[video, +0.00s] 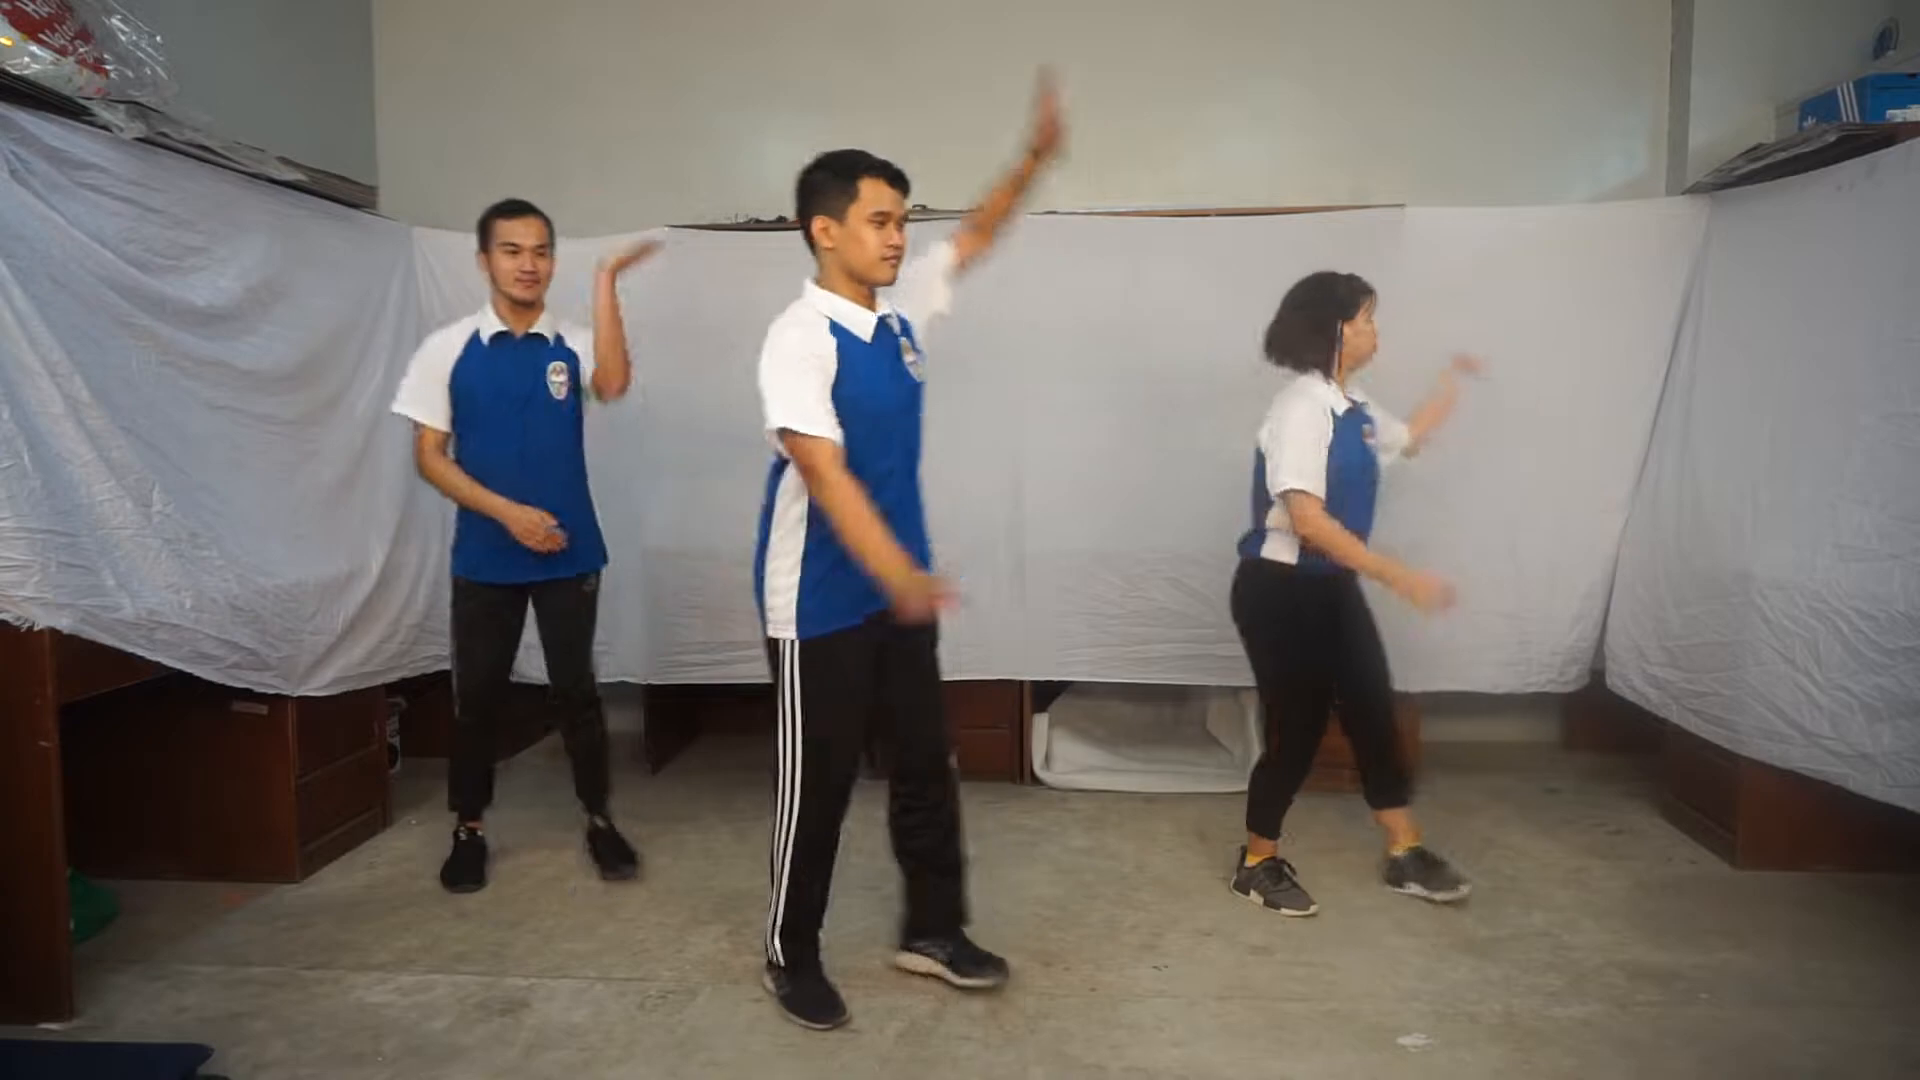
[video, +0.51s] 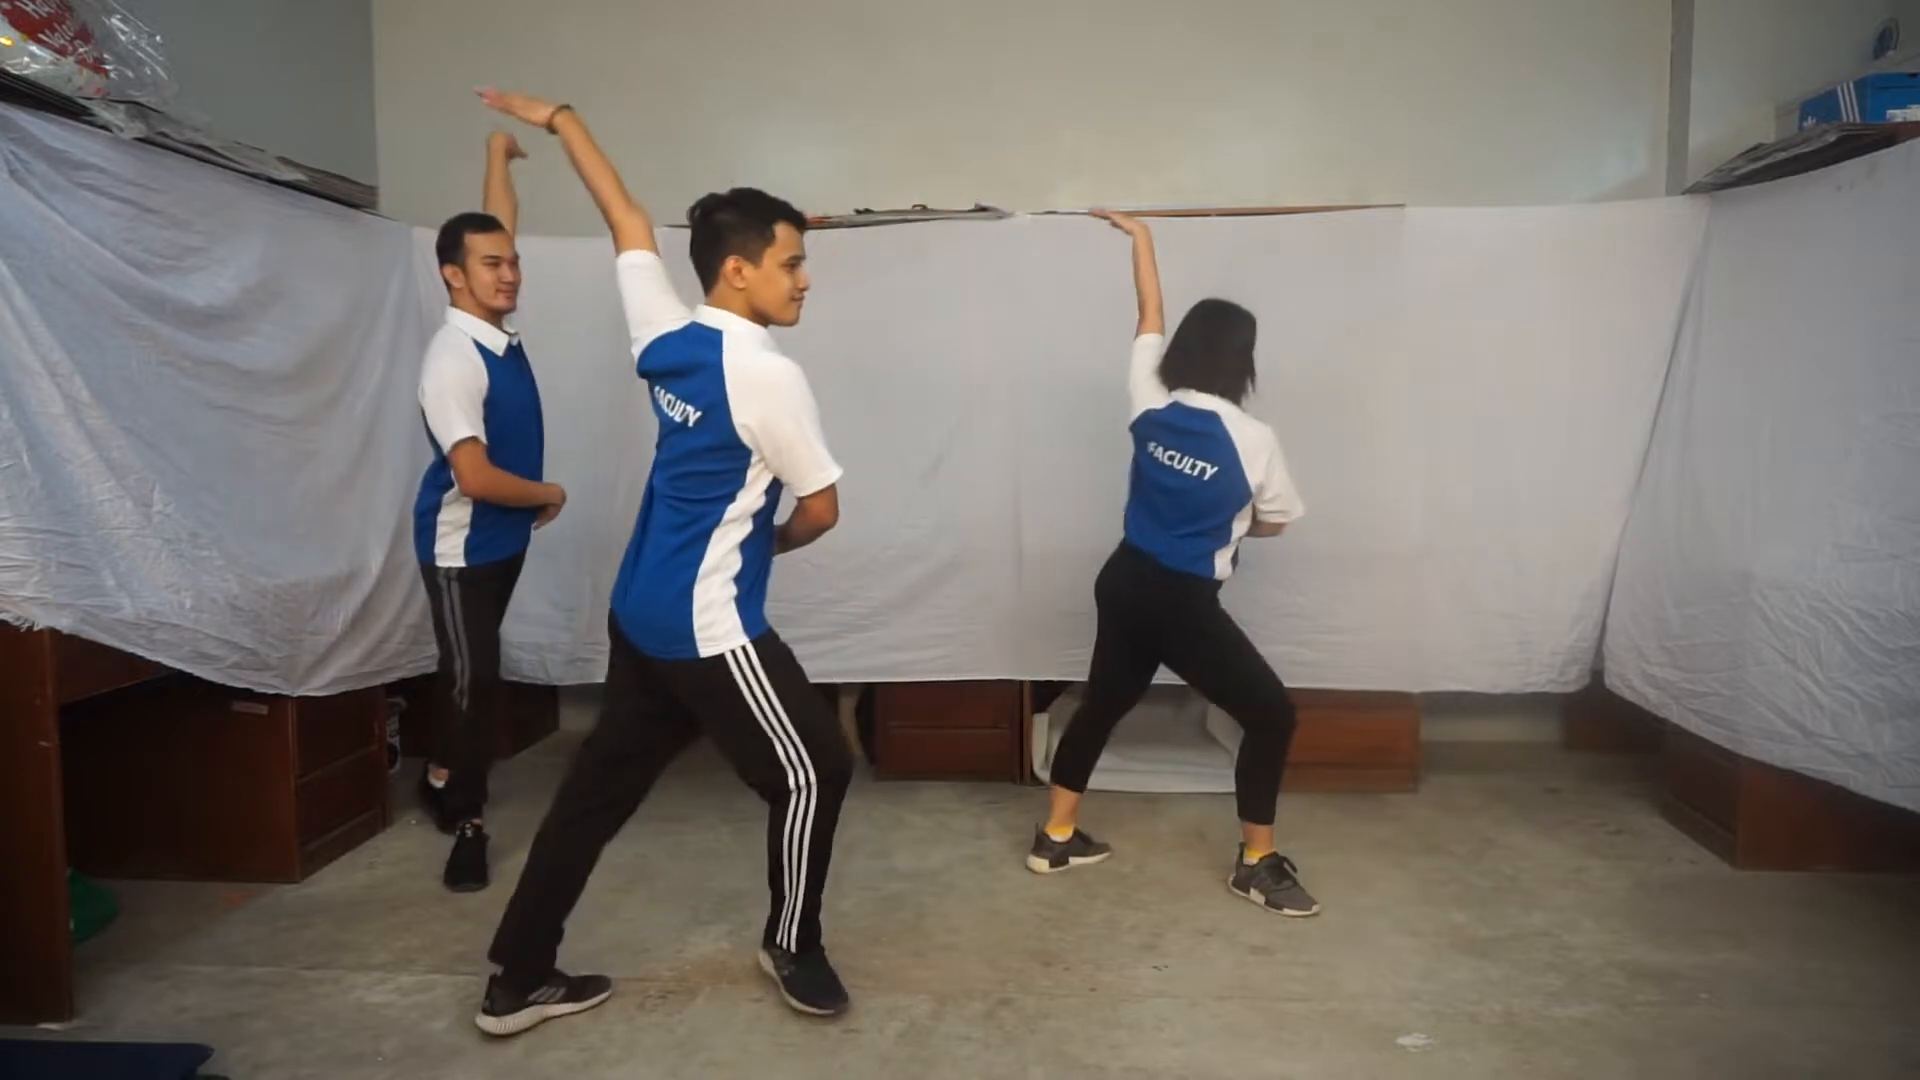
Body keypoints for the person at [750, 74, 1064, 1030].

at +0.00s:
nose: (897, 235)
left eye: (898, 220)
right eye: (879, 220)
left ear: (896, 232)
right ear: (823, 230)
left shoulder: (902, 306)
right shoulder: (798, 340)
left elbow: (974, 234)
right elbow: (826, 476)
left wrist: (1036, 156)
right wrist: (900, 577)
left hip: (899, 584)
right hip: (821, 596)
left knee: (923, 765)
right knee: (818, 781)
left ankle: (934, 933)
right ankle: (793, 954)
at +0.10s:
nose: (872, 237)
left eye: (869, 220)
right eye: (855, 223)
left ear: (814, 229)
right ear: (801, 234)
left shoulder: (818, 298)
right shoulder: (798, 335)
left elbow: (847, 191)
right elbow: (863, 473)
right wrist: (972, 562)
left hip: (841, 581)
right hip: (791, 597)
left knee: (875, 744)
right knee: (805, 779)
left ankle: (793, 891)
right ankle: (792, 951)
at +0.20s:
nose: (853, 240)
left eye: (852, 223)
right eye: (840, 224)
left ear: (777, 234)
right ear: (781, 234)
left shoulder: (749, 303)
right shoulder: (799, 335)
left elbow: (757, 199)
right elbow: (862, 472)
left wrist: (750, 89)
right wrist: (920, 542)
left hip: (759, 579)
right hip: (789, 593)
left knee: (784, 756)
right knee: (814, 774)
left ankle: (666, 895)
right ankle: (795, 956)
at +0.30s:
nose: (833, 246)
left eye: (831, 229)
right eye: (819, 230)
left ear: (755, 241)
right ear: (764, 240)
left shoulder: (708, 306)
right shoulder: (796, 344)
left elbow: (683, 203)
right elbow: (853, 488)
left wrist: (640, 110)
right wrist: (831, 538)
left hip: (709, 579)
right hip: (770, 595)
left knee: (696, 757)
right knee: (809, 778)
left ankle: (565, 925)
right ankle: (795, 956)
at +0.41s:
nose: (816, 266)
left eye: (814, 249)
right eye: (802, 250)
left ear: (737, 261)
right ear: (744, 260)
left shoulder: (679, 325)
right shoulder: (784, 365)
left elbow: (639, 218)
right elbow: (834, 504)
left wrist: (572, 120)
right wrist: (775, 522)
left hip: (667, 604)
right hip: (738, 617)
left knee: (606, 773)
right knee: (809, 778)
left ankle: (527, 963)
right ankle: (796, 958)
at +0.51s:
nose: (804, 282)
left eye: (800, 264)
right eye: (790, 266)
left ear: (727, 273)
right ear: (738, 272)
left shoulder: (667, 336)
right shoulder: (766, 371)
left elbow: (629, 227)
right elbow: (820, 511)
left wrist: (563, 122)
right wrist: (769, 531)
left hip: (645, 615)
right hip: (712, 626)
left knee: (601, 788)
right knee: (813, 773)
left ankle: (519, 975)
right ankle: (794, 944)